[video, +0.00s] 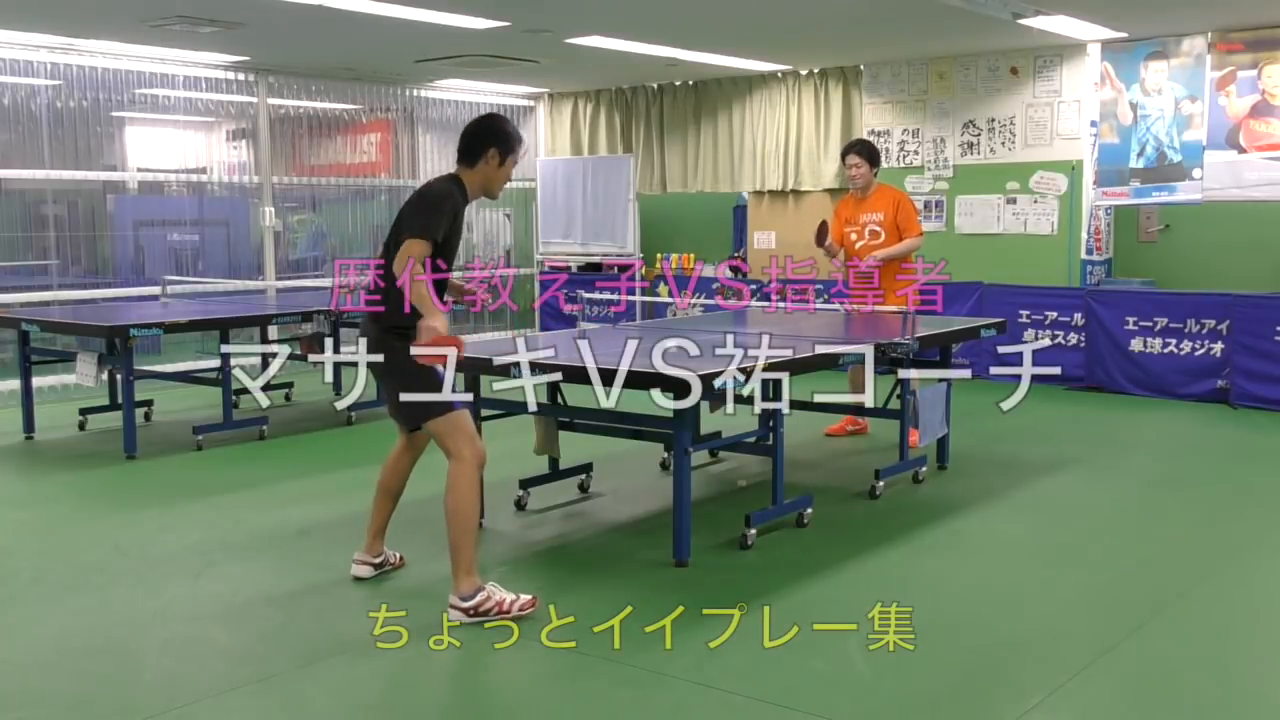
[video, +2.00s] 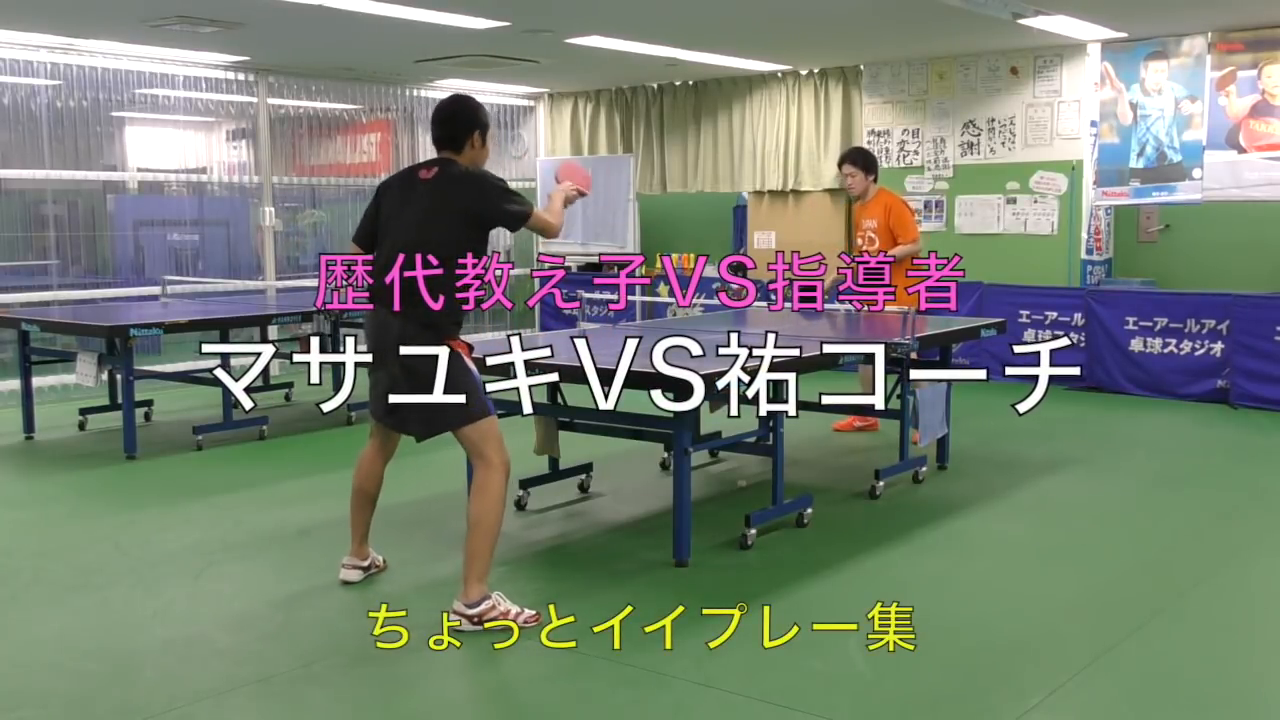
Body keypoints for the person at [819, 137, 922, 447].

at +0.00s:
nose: (853, 172)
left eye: (858, 165)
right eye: (848, 167)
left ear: (873, 167)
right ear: (844, 170)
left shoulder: (895, 198)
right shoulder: (843, 206)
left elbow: (915, 239)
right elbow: (838, 252)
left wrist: (879, 254)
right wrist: (829, 246)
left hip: (896, 293)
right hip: (860, 293)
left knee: (903, 356)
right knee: (856, 353)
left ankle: (912, 423)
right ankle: (857, 416)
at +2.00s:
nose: (847, 182)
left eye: (852, 176)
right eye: (844, 177)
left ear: (870, 175)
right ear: (843, 177)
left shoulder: (892, 203)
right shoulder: (858, 208)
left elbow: (913, 245)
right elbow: (860, 254)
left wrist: (882, 258)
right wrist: (835, 279)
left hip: (900, 298)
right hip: (870, 298)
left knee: (912, 359)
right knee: (866, 354)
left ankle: (926, 417)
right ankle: (867, 413)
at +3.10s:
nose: (842, 181)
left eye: (847, 175)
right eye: (841, 175)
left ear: (865, 175)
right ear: (846, 176)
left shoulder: (897, 202)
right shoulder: (848, 208)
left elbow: (917, 241)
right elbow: (830, 245)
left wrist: (888, 249)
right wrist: (812, 238)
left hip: (903, 297)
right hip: (869, 298)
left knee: (913, 360)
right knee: (868, 355)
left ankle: (925, 420)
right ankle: (867, 413)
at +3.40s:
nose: (855, 171)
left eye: (861, 165)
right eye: (852, 166)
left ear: (876, 167)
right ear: (849, 169)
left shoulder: (899, 197)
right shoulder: (851, 207)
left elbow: (919, 237)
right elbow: (838, 250)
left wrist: (886, 244)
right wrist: (821, 264)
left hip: (901, 296)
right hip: (867, 296)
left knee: (909, 359)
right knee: (867, 355)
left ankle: (922, 419)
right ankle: (866, 413)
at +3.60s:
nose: (852, 178)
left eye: (857, 172)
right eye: (849, 173)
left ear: (874, 172)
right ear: (848, 175)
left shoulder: (895, 201)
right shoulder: (861, 207)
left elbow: (917, 242)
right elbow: (865, 254)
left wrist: (889, 250)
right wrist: (841, 278)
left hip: (905, 297)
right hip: (874, 297)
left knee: (912, 360)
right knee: (870, 354)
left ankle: (924, 419)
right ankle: (867, 413)